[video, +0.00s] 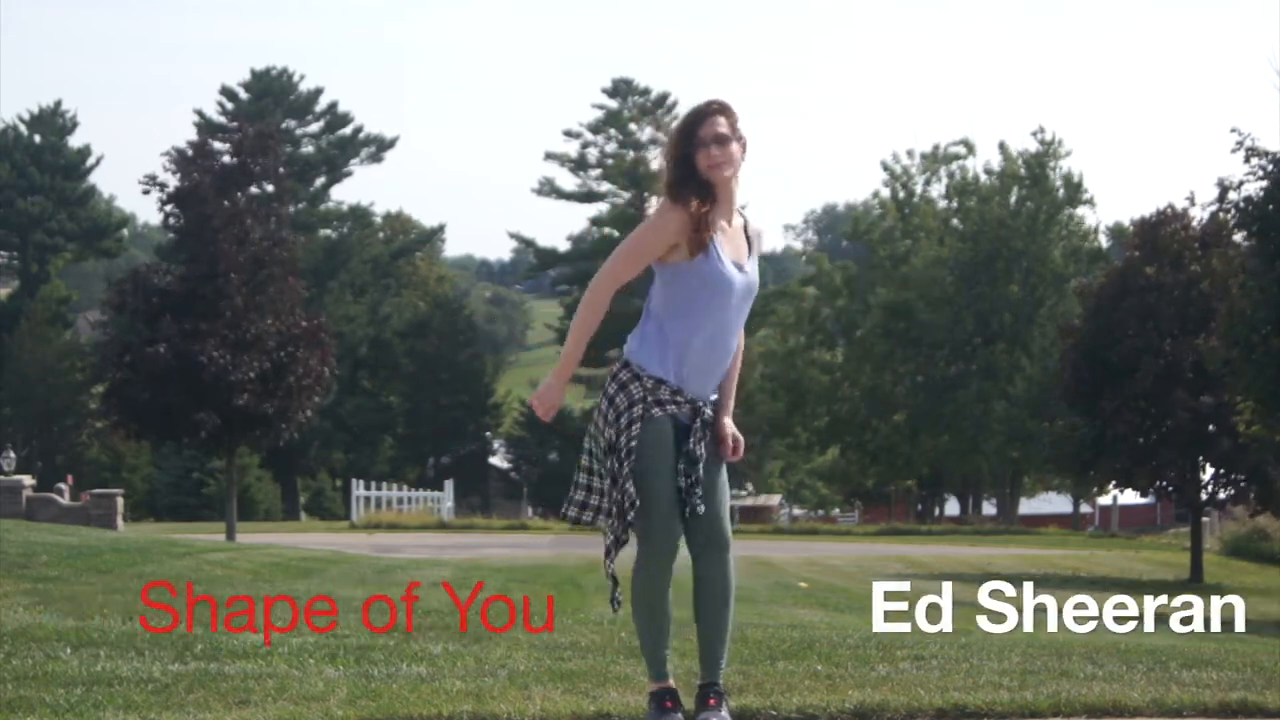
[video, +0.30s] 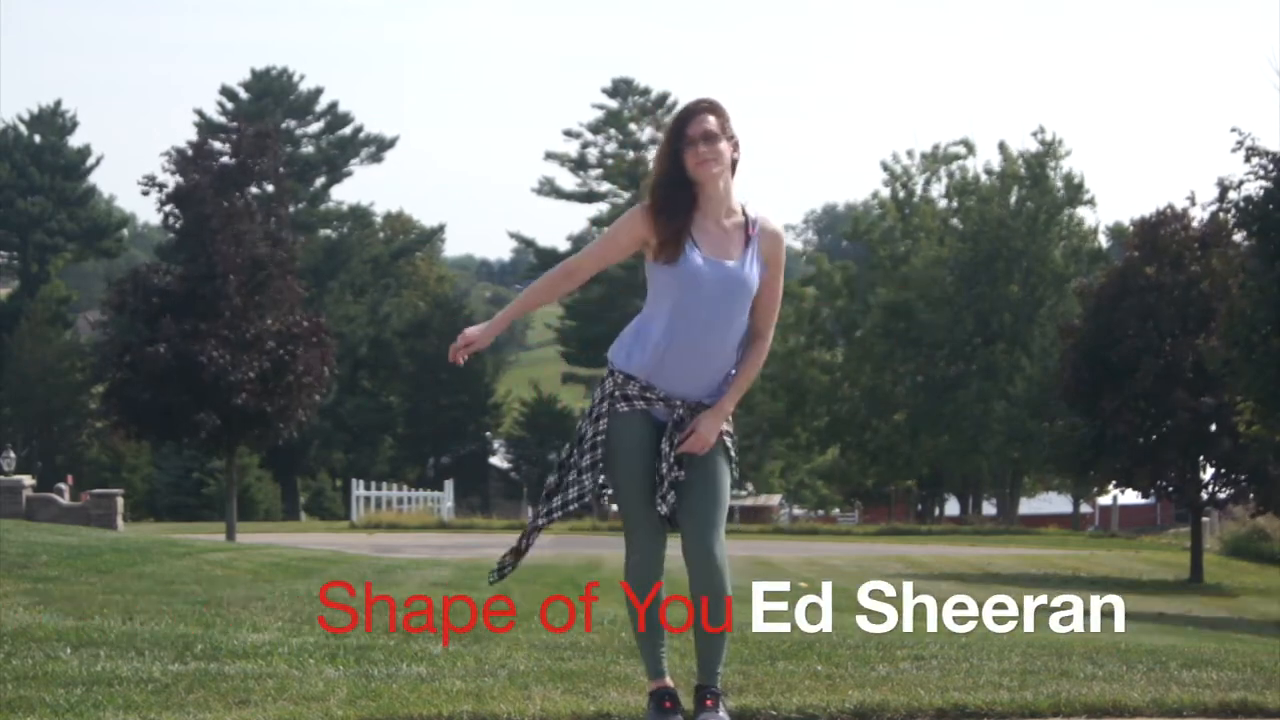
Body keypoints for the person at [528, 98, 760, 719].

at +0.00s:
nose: (722, 149)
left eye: (729, 138)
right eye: (708, 142)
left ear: (744, 148)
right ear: (690, 156)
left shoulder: (745, 231)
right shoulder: (675, 218)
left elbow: (734, 327)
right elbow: (602, 284)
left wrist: (725, 411)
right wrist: (560, 375)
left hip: (705, 403)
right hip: (649, 392)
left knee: (715, 539)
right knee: (661, 536)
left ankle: (712, 691)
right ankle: (661, 688)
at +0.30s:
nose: (705, 148)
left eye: (714, 137)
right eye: (693, 142)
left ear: (735, 148)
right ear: (679, 157)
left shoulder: (765, 238)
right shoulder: (655, 218)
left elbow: (761, 339)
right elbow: (572, 274)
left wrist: (722, 412)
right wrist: (494, 325)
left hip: (710, 407)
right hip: (637, 394)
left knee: (705, 548)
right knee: (646, 544)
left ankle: (711, 690)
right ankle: (659, 684)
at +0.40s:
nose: (701, 148)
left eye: (710, 138)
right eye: (689, 141)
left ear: (729, 150)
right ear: (674, 158)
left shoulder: (762, 234)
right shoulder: (654, 223)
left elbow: (771, 338)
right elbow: (568, 276)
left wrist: (720, 411)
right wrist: (481, 312)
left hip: (709, 410)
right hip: (634, 397)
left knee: (701, 552)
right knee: (645, 548)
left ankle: (709, 692)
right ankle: (659, 687)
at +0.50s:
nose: (694, 151)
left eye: (704, 141)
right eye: (683, 144)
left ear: (724, 152)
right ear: (666, 158)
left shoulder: (755, 231)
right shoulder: (652, 232)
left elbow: (784, 331)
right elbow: (567, 281)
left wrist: (727, 409)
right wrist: (474, 304)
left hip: (704, 410)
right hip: (632, 399)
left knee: (696, 556)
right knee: (646, 551)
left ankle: (708, 692)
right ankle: (659, 686)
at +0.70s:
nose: (693, 159)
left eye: (702, 150)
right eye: (682, 150)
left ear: (716, 159)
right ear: (660, 159)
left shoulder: (738, 222)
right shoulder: (650, 238)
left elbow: (805, 298)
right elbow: (573, 302)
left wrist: (775, 388)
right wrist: (480, 295)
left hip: (703, 414)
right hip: (640, 406)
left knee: (687, 562)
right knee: (647, 558)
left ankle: (707, 693)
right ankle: (658, 685)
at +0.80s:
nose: (694, 162)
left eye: (703, 153)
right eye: (682, 152)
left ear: (713, 159)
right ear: (660, 159)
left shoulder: (730, 218)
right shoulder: (647, 241)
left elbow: (819, 268)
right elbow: (575, 310)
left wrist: (826, 354)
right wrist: (485, 301)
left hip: (707, 411)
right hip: (647, 406)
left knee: (685, 561)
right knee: (646, 555)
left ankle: (705, 695)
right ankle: (658, 685)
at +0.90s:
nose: (696, 161)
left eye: (704, 151)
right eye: (684, 151)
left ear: (713, 157)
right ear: (657, 157)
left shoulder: (728, 217)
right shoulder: (642, 240)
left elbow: (821, 250)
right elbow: (574, 311)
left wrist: (877, 299)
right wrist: (482, 317)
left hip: (713, 412)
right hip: (651, 408)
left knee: (691, 561)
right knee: (649, 560)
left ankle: (707, 695)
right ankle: (660, 688)